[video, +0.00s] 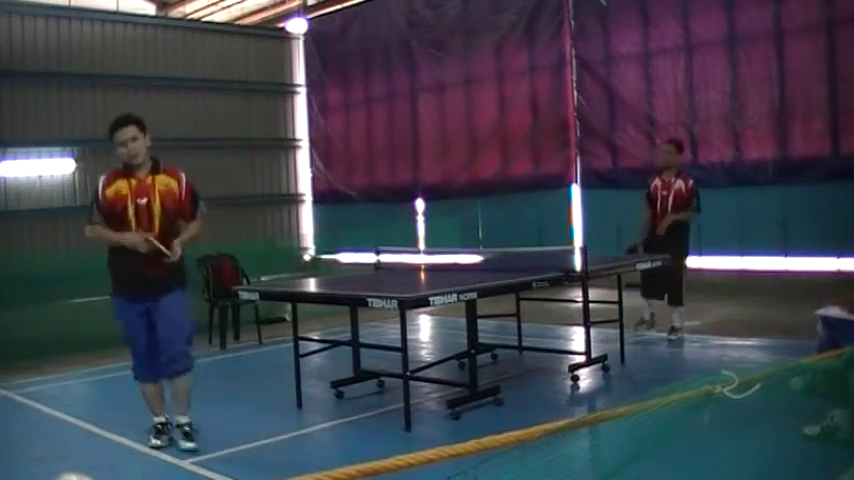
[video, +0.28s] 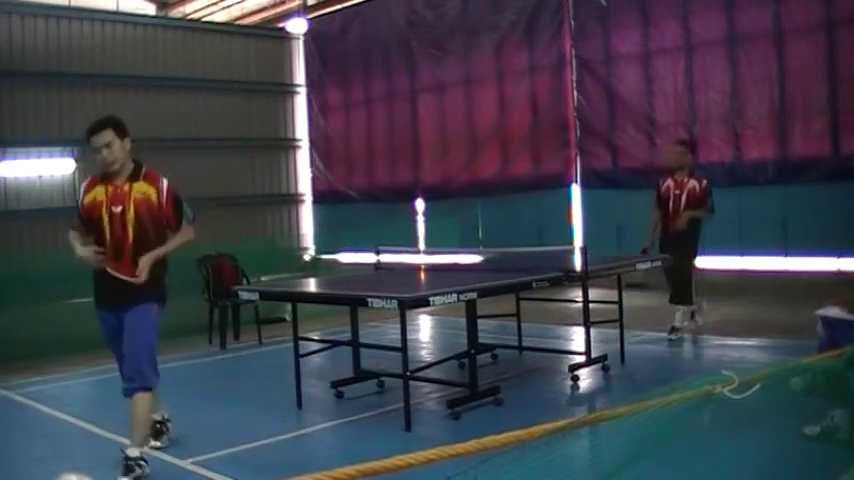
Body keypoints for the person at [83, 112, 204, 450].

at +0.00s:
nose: (129, 148)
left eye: (134, 140)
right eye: (122, 144)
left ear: (147, 139)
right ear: (115, 150)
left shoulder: (175, 179)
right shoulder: (107, 185)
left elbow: (195, 223)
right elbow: (93, 229)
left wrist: (180, 239)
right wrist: (126, 238)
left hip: (169, 284)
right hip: (129, 287)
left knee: (177, 352)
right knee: (142, 357)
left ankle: (183, 422)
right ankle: (160, 423)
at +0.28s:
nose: (104, 155)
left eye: (109, 146)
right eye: (97, 150)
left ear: (127, 142)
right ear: (94, 153)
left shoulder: (156, 186)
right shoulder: (91, 190)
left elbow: (187, 230)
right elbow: (80, 233)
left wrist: (154, 255)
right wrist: (82, 250)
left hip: (145, 291)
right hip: (107, 292)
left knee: (138, 366)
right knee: (130, 366)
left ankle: (134, 455)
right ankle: (157, 421)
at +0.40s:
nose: (91, 151)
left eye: (97, 142)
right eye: (85, 145)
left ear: (118, 138)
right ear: (82, 148)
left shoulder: (146, 182)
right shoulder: (84, 185)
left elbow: (173, 234)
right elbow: (74, 228)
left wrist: (130, 259)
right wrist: (70, 250)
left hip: (134, 295)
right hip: (94, 295)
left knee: (130, 376)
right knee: (101, 382)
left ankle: (134, 458)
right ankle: (147, 407)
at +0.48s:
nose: (82, 147)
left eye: (88, 139)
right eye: (76, 141)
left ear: (109, 135)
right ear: (74, 144)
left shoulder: (136, 179)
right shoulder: (78, 183)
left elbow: (162, 235)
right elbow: (72, 226)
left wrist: (110, 255)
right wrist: (62, 249)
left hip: (127, 295)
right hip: (86, 295)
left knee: (129, 377)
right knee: (82, 379)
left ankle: (135, 459)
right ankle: (130, 410)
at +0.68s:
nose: (53, 150)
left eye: (58, 141)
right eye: (48, 143)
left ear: (80, 136)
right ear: (48, 145)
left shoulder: (108, 179)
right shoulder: (60, 186)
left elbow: (120, 238)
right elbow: (63, 231)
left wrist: (59, 257)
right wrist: (42, 253)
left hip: (108, 305)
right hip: (64, 304)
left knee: (126, 387)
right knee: (46, 390)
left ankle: (138, 461)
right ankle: (50, 472)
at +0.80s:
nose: (22, 156)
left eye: (27, 146)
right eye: (18, 148)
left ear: (50, 142)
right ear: (22, 149)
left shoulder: (79, 185)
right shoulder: (32, 190)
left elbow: (89, 247)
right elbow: (36, 246)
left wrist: (26, 276)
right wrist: (12, 277)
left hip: (87, 313)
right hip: (42, 314)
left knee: (114, 392)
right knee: (23, 402)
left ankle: (135, 457)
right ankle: (9, 474)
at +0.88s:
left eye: (4, 148)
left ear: (26, 144)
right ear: (13, 147)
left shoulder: (55, 189)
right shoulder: (9, 195)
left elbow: (72, 252)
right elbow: (18, 259)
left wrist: (15, 294)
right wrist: (5, 294)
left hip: (67, 317)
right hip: (21, 321)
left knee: (100, 397)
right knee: (7, 415)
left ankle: (132, 451)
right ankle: (7, 474)